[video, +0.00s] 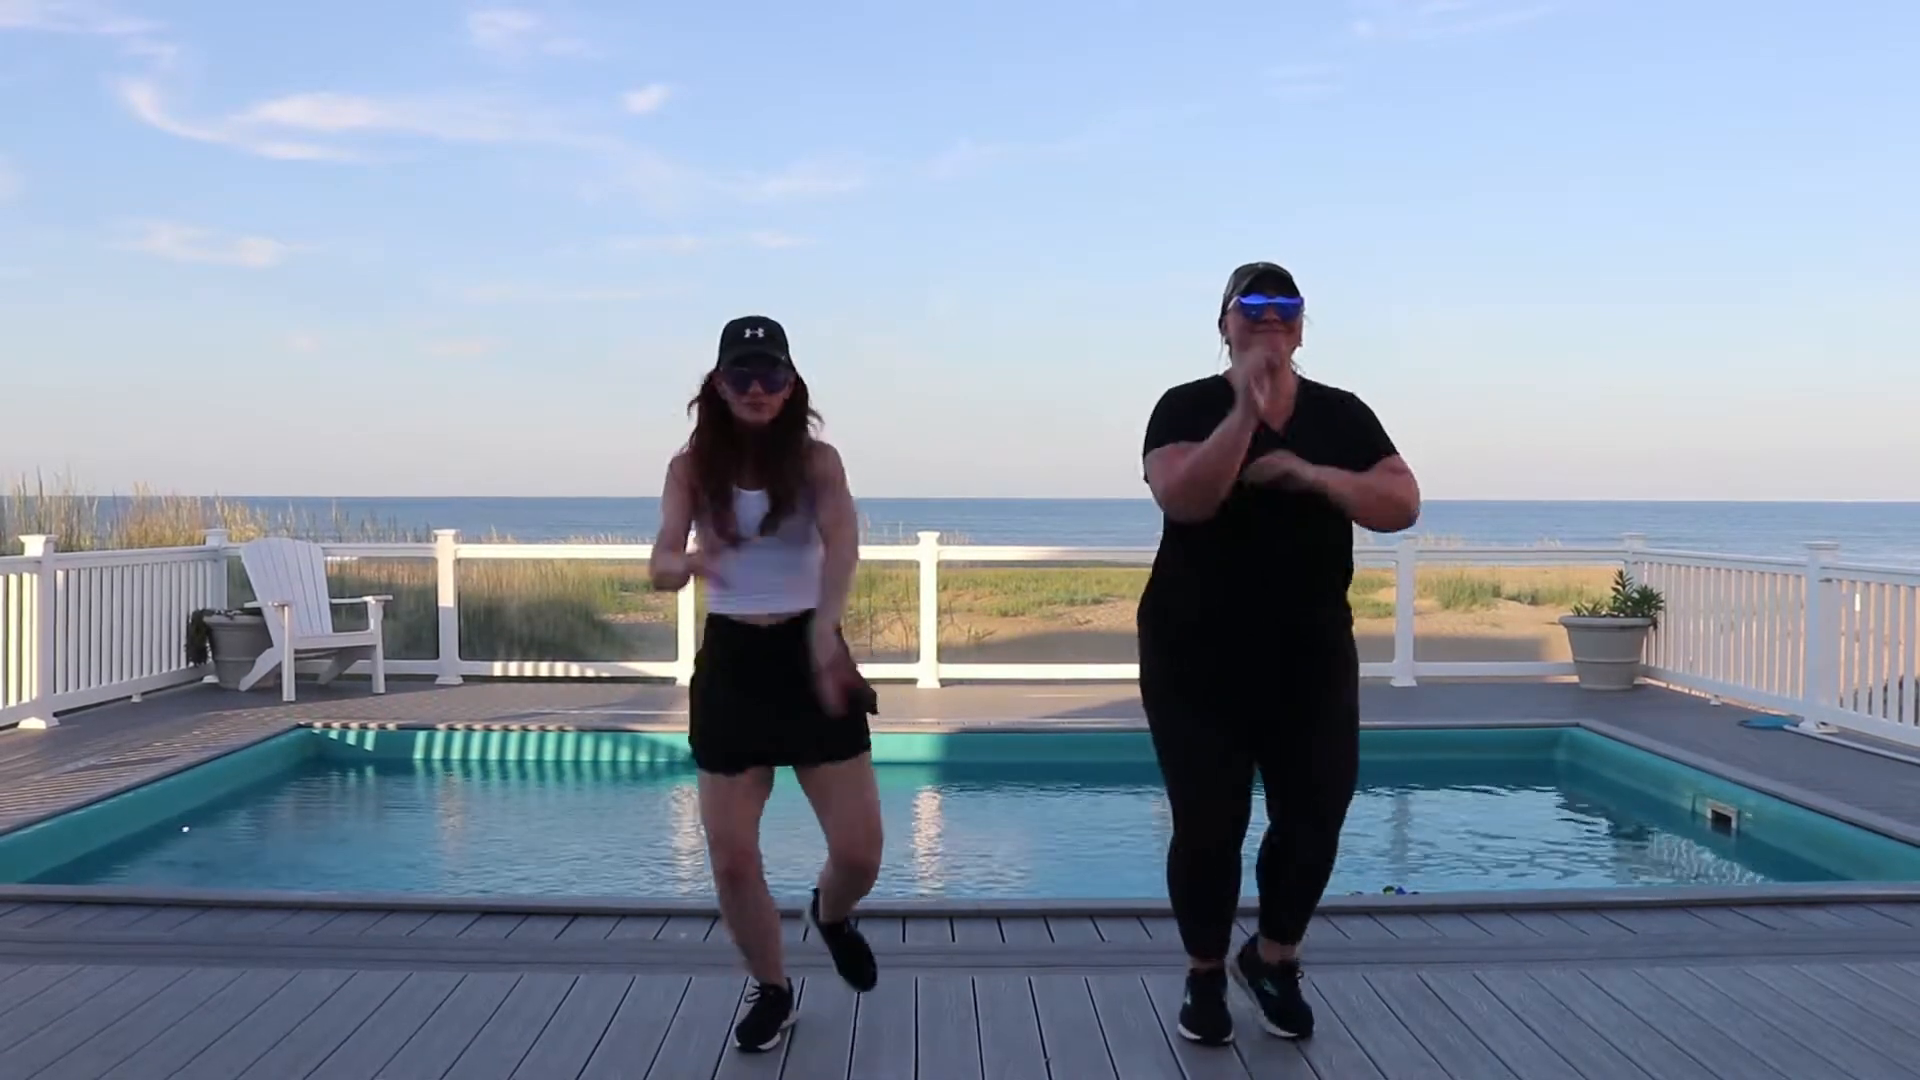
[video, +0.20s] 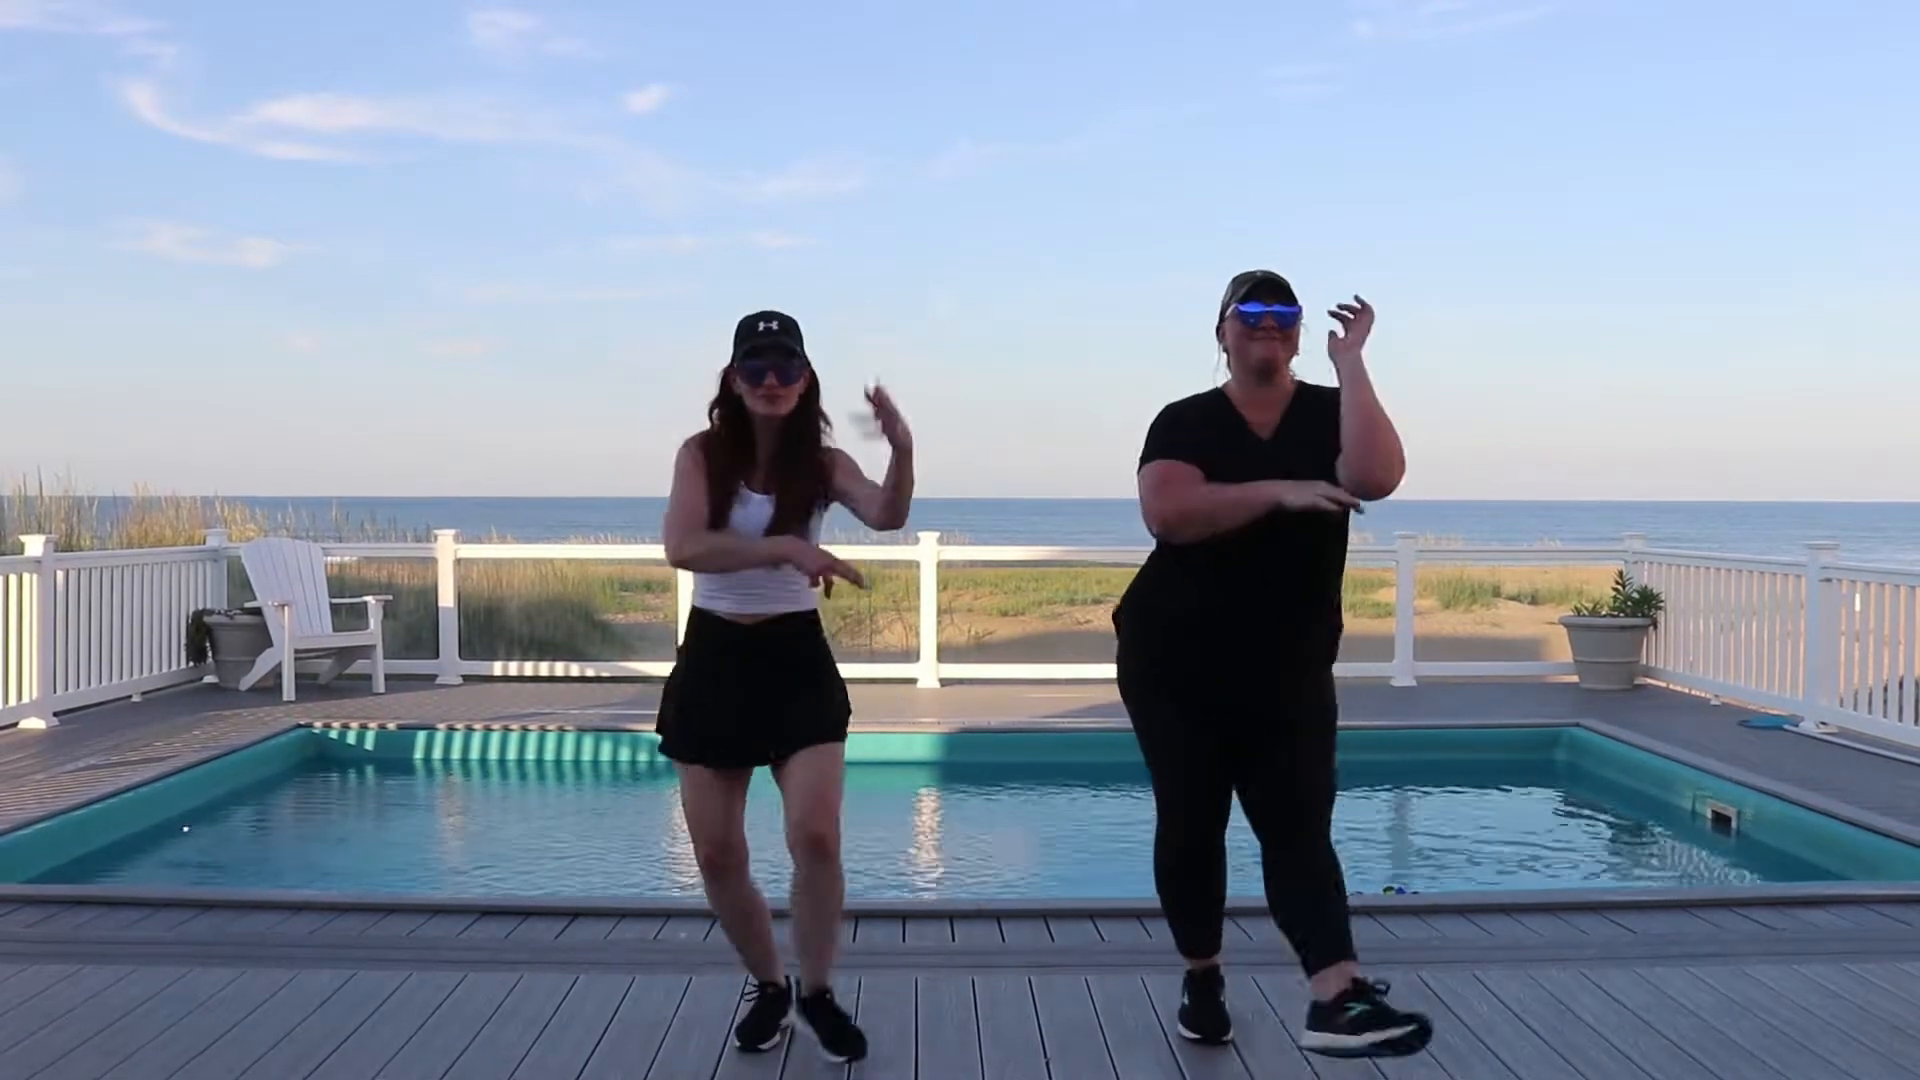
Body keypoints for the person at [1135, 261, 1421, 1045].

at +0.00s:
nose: (1270, 325)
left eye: (1284, 314)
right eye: (1254, 314)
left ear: (1302, 328)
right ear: (1225, 326)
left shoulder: (1342, 413)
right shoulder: (1184, 408)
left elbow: (1401, 502)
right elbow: (1182, 499)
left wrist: (1309, 473)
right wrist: (1246, 410)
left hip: (1311, 652)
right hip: (1198, 652)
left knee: (1315, 813)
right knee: (1207, 821)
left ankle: (1275, 957)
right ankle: (1206, 970)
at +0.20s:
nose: (1269, 330)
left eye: (1282, 320)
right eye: (1252, 319)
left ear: (1299, 334)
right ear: (1224, 333)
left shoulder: (1333, 415)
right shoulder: (1183, 422)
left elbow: (1376, 478)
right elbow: (1167, 510)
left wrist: (1351, 362)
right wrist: (1279, 492)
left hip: (1289, 662)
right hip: (1180, 661)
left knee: (1299, 824)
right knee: (1191, 823)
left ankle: (1336, 993)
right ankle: (1202, 977)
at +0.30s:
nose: (1269, 318)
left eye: (1283, 309)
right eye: (1253, 307)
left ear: (1299, 328)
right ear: (1225, 326)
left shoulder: (1336, 410)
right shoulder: (1185, 413)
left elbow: (1371, 470)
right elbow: (1170, 506)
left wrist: (1355, 355)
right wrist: (1292, 489)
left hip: (1306, 653)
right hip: (1191, 656)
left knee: (1316, 819)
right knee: (1201, 820)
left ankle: (1302, 999)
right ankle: (1203, 978)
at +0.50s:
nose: (1276, 324)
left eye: (1289, 314)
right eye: (1260, 313)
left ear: (1306, 330)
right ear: (1232, 328)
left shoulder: (1343, 416)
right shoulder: (1192, 411)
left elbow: (1381, 485)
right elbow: (1170, 500)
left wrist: (1371, 369)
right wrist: (1295, 497)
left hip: (1325, 664)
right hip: (1210, 663)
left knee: (1308, 831)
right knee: (1201, 837)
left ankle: (1300, 995)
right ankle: (1219, 955)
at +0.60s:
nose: (1276, 319)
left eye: (1289, 308)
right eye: (1260, 308)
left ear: (1306, 325)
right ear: (1231, 325)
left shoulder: (1342, 410)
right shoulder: (1191, 408)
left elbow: (1382, 477)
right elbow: (1172, 500)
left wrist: (1370, 365)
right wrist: (1295, 491)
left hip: (1323, 660)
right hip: (1210, 662)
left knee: (1313, 829)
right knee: (1213, 828)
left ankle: (1302, 993)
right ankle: (1217, 963)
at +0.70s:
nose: (1274, 316)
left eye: (1288, 306)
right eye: (1258, 305)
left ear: (1306, 323)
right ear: (1230, 322)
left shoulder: (1343, 405)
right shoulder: (1193, 406)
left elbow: (1384, 469)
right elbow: (1174, 498)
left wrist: (1365, 350)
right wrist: (1299, 490)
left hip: (1316, 649)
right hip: (1201, 654)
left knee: (1333, 814)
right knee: (1212, 821)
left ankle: (1308, 984)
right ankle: (1218, 967)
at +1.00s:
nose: (1286, 364)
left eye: (1298, 350)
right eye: (1271, 349)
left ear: (1313, 340)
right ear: (1238, 339)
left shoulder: (1353, 409)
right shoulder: (1195, 408)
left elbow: (1409, 489)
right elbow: (1179, 470)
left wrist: (1307, 498)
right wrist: (1230, 384)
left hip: (1327, 667)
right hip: (1216, 665)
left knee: (1301, 823)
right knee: (1222, 825)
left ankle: (1278, 974)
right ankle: (1214, 1000)